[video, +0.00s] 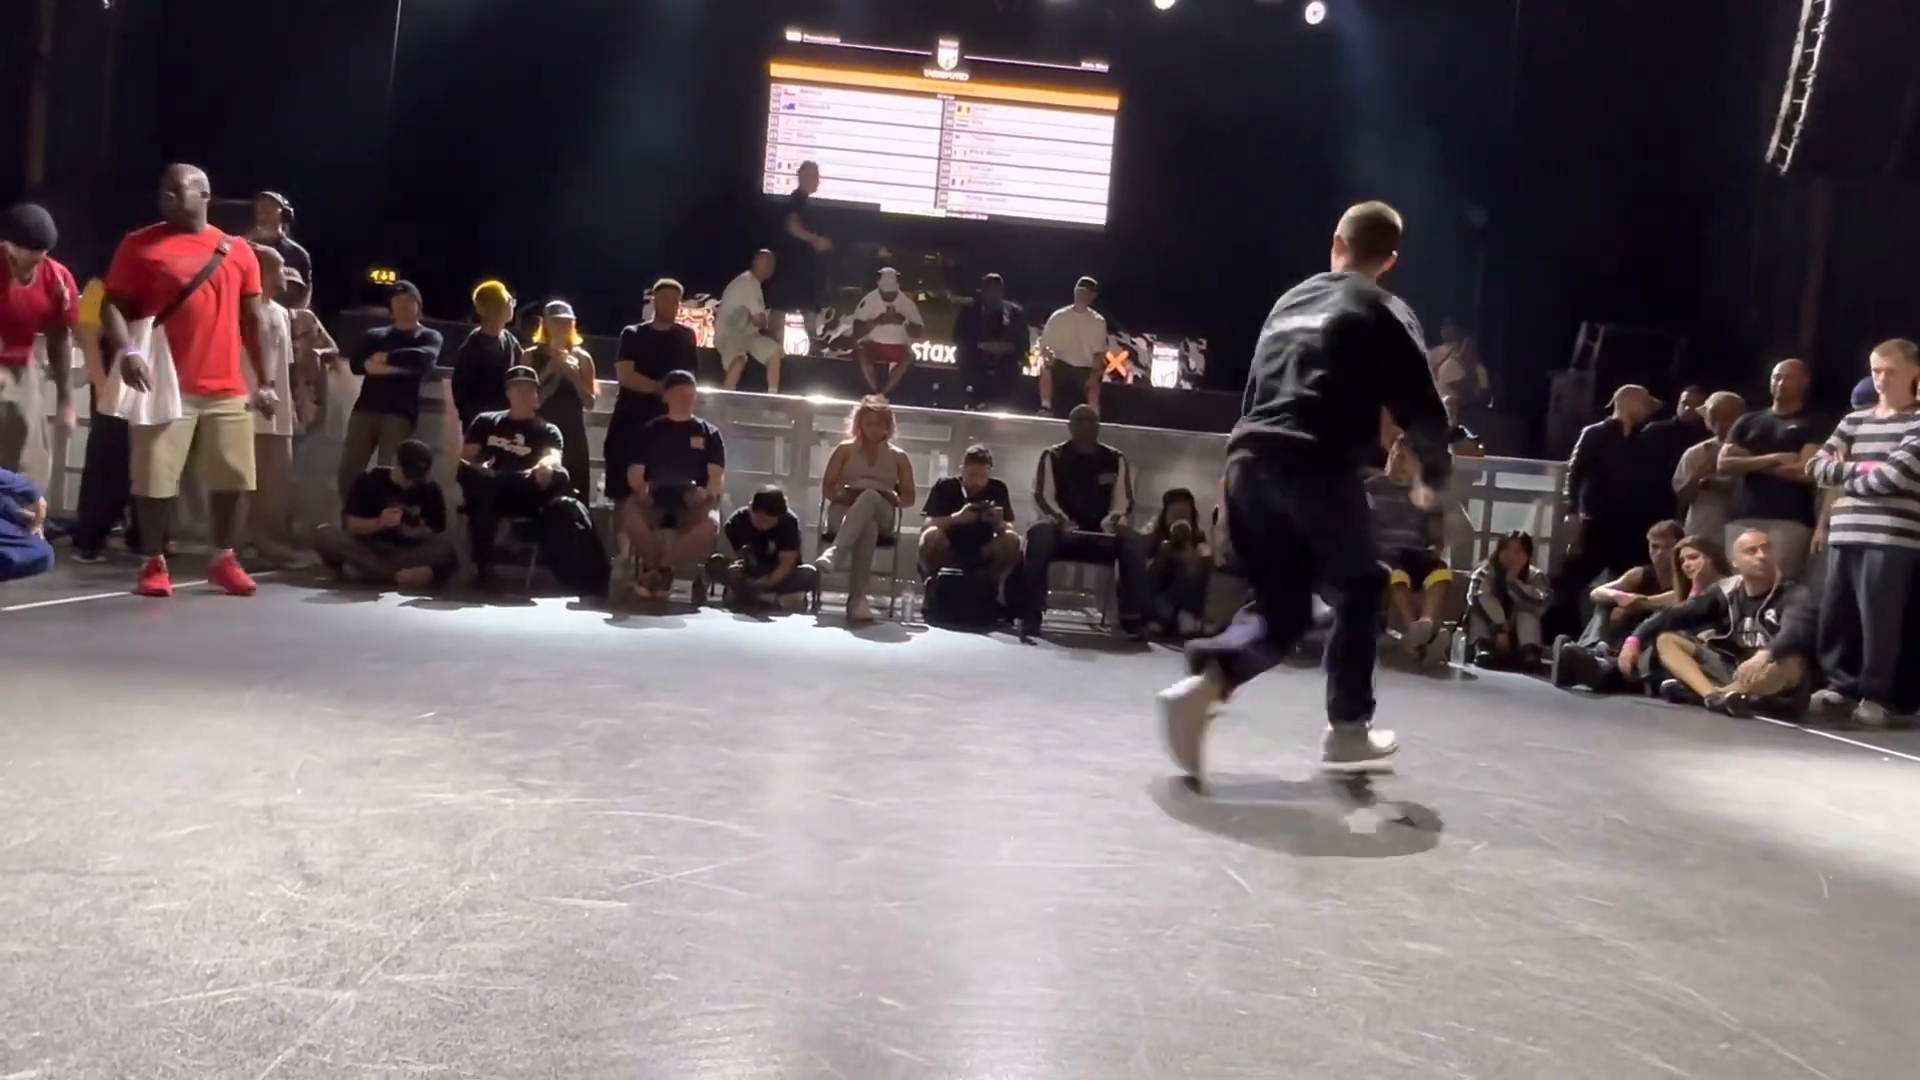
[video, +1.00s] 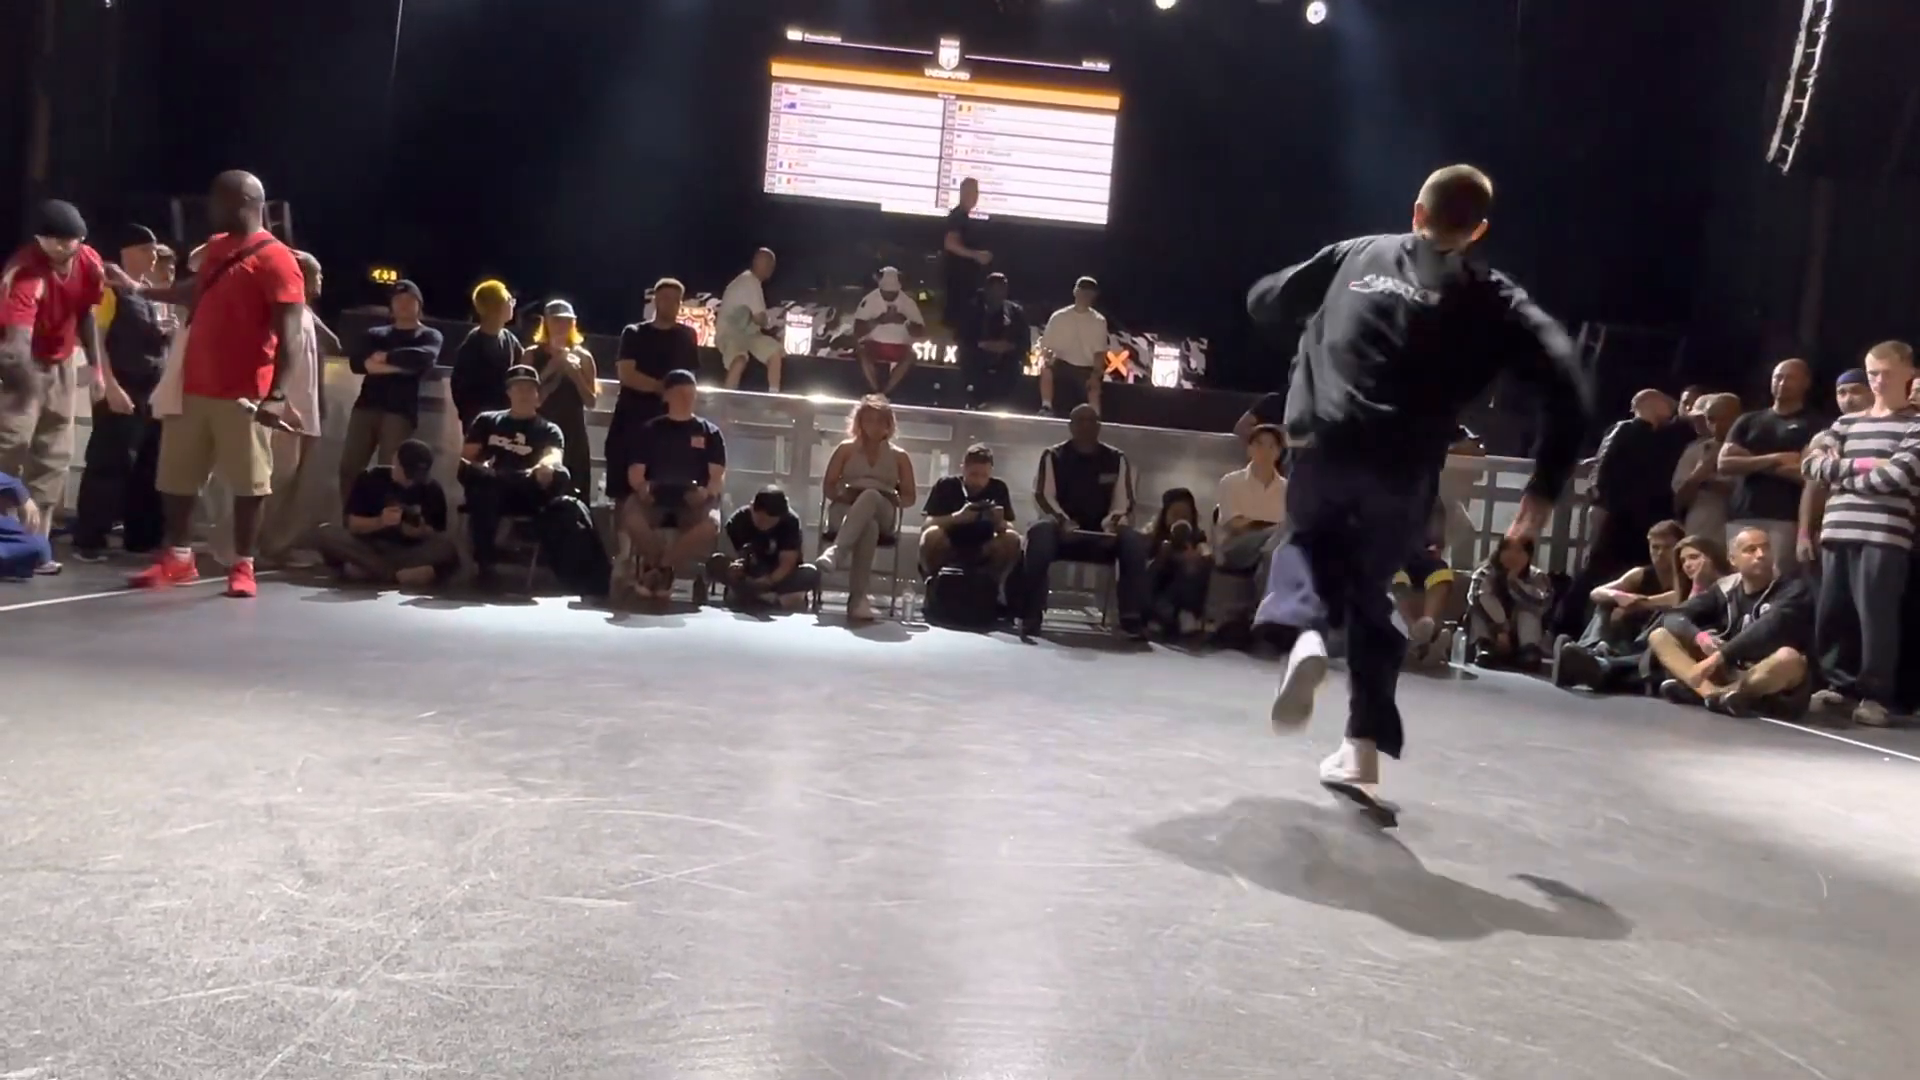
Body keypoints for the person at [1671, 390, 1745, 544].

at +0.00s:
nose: (1723, 426)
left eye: (1729, 419)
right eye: (1717, 419)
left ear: (1741, 419)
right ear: (1709, 421)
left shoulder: (1750, 452)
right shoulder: (1694, 455)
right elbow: (1681, 497)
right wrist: (1696, 478)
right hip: (1702, 533)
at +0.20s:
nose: (1722, 425)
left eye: (1728, 418)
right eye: (1717, 419)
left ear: (1740, 418)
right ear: (1709, 421)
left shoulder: (1750, 452)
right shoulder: (1695, 454)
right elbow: (1682, 496)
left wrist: (1710, 480)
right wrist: (1700, 474)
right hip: (1701, 532)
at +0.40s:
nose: (1720, 425)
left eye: (1726, 419)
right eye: (1715, 419)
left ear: (1739, 419)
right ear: (1709, 421)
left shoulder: (1749, 451)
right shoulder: (1695, 454)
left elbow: (1750, 489)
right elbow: (1681, 498)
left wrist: (1710, 479)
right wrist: (1701, 473)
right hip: (1700, 531)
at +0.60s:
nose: (1718, 425)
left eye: (1724, 419)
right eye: (1714, 419)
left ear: (1738, 420)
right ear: (1708, 421)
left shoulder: (1747, 452)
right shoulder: (1694, 454)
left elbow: (1749, 493)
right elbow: (1681, 498)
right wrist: (1700, 473)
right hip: (1700, 531)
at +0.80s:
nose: (1716, 426)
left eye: (1722, 419)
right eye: (1711, 420)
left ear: (1735, 420)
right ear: (1706, 421)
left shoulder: (1745, 451)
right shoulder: (1695, 451)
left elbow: (1747, 493)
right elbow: (1679, 499)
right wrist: (1700, 471)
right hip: (1698, 529)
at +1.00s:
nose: (1714, 426)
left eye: (1720, 419)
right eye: (1710, 420)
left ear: (1735, 420)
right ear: (1706, 421)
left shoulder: (1745, 451)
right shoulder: (1695, 450)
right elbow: (1679, 498)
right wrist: (1701, 469)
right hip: (1698, 529)